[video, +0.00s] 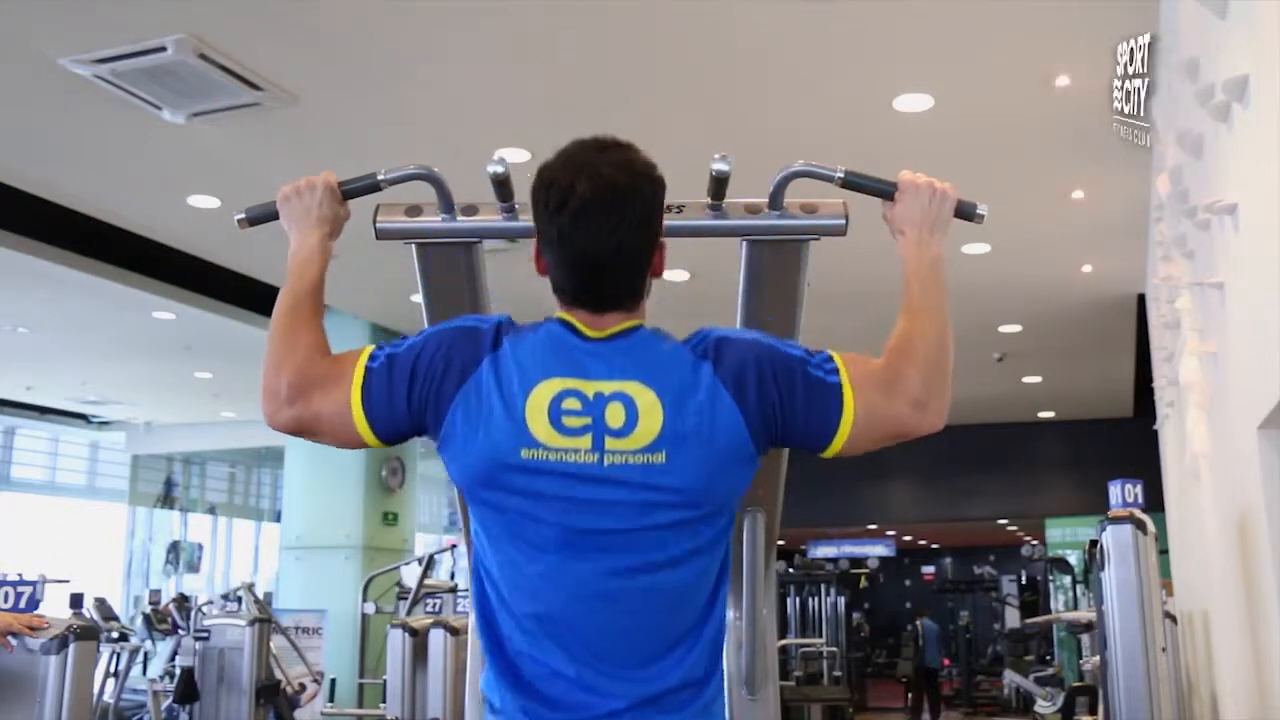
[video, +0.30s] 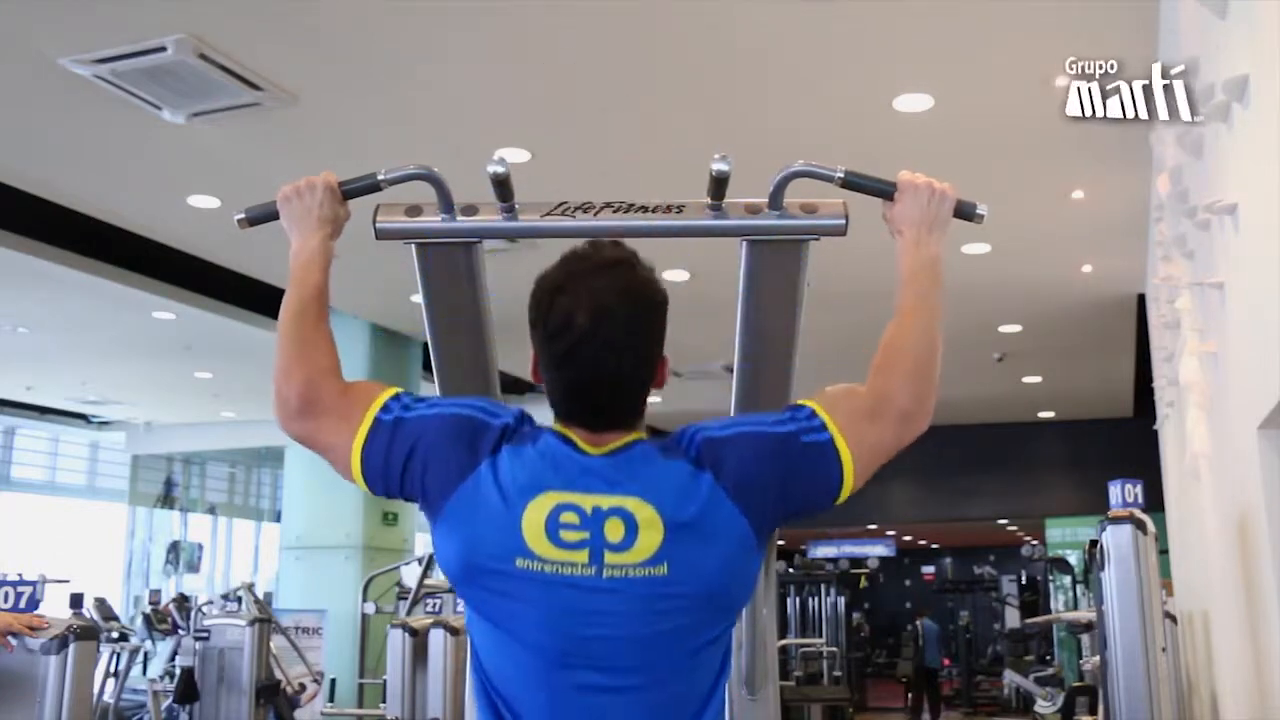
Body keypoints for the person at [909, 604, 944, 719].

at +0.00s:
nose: (916, 618)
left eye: (916, 616)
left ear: (917, 615)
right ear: (928, 614)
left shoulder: (917, 626)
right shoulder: (935, 627)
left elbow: (917, 644)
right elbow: (938, 645)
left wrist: (914, 659)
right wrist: (939, 659)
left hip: (921, 664)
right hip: (934, 664)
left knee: (918, 692)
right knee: (933, 692)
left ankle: (916, 715)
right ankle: (935, 715)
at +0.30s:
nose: (916, 618)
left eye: (916, 616)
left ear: (917, 615)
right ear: (928, 614)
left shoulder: (917, 626)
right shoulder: (935, 627)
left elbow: (917, 644)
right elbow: (938, 645)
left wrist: (914, 659)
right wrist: (939, 659)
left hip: (921, 664)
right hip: (934, 664)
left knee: (918, 692)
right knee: (933, 692)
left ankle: (916, 715)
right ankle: (935, 715)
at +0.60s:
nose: (916, 618)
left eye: (916, 616)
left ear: (917, 615)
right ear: (928, 614)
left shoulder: (917, 625)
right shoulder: (935, 627)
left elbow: (917, 644)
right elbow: (938, 645)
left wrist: (914, 659)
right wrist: (939, 659)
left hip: (921, 664)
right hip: (934, 664)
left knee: (918, 692)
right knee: (933, 691)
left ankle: (916, 715)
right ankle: (935, 715)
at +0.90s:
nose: (916, 618)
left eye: (916, 616)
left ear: (917, 615)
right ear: (928, 614)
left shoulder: (917, 625)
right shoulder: (935, 627)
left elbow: (917, 644)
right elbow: (938, 645)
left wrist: (914, 659)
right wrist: (939, 659)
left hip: (921, 664)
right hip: (934, 664)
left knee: (918, 692)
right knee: (933, 691)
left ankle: (916, 715)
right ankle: (935, 715)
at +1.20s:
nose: (916, 618)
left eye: (916, 616)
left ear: (917, 615)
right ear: (928, 614)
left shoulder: (917, 625)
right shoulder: (935, 627)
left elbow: (917, 644)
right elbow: (938, 645)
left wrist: (914, 659)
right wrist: (939, 659)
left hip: (921, 664)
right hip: (934, 664)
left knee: (918, 692)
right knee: (933, 691)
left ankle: (916, 715)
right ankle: (935, 715)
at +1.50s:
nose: (916, 618)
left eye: (916, 616)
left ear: (917, 615)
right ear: (928, 614)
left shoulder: (917, 625)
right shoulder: (935, 627)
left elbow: (917, 644)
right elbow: (938, 645)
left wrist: (914, 659)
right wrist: (939, 659)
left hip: (921, 664)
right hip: (934, 664)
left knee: (918, 692)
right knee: (933, 691)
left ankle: (916, 715)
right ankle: (935, 715)